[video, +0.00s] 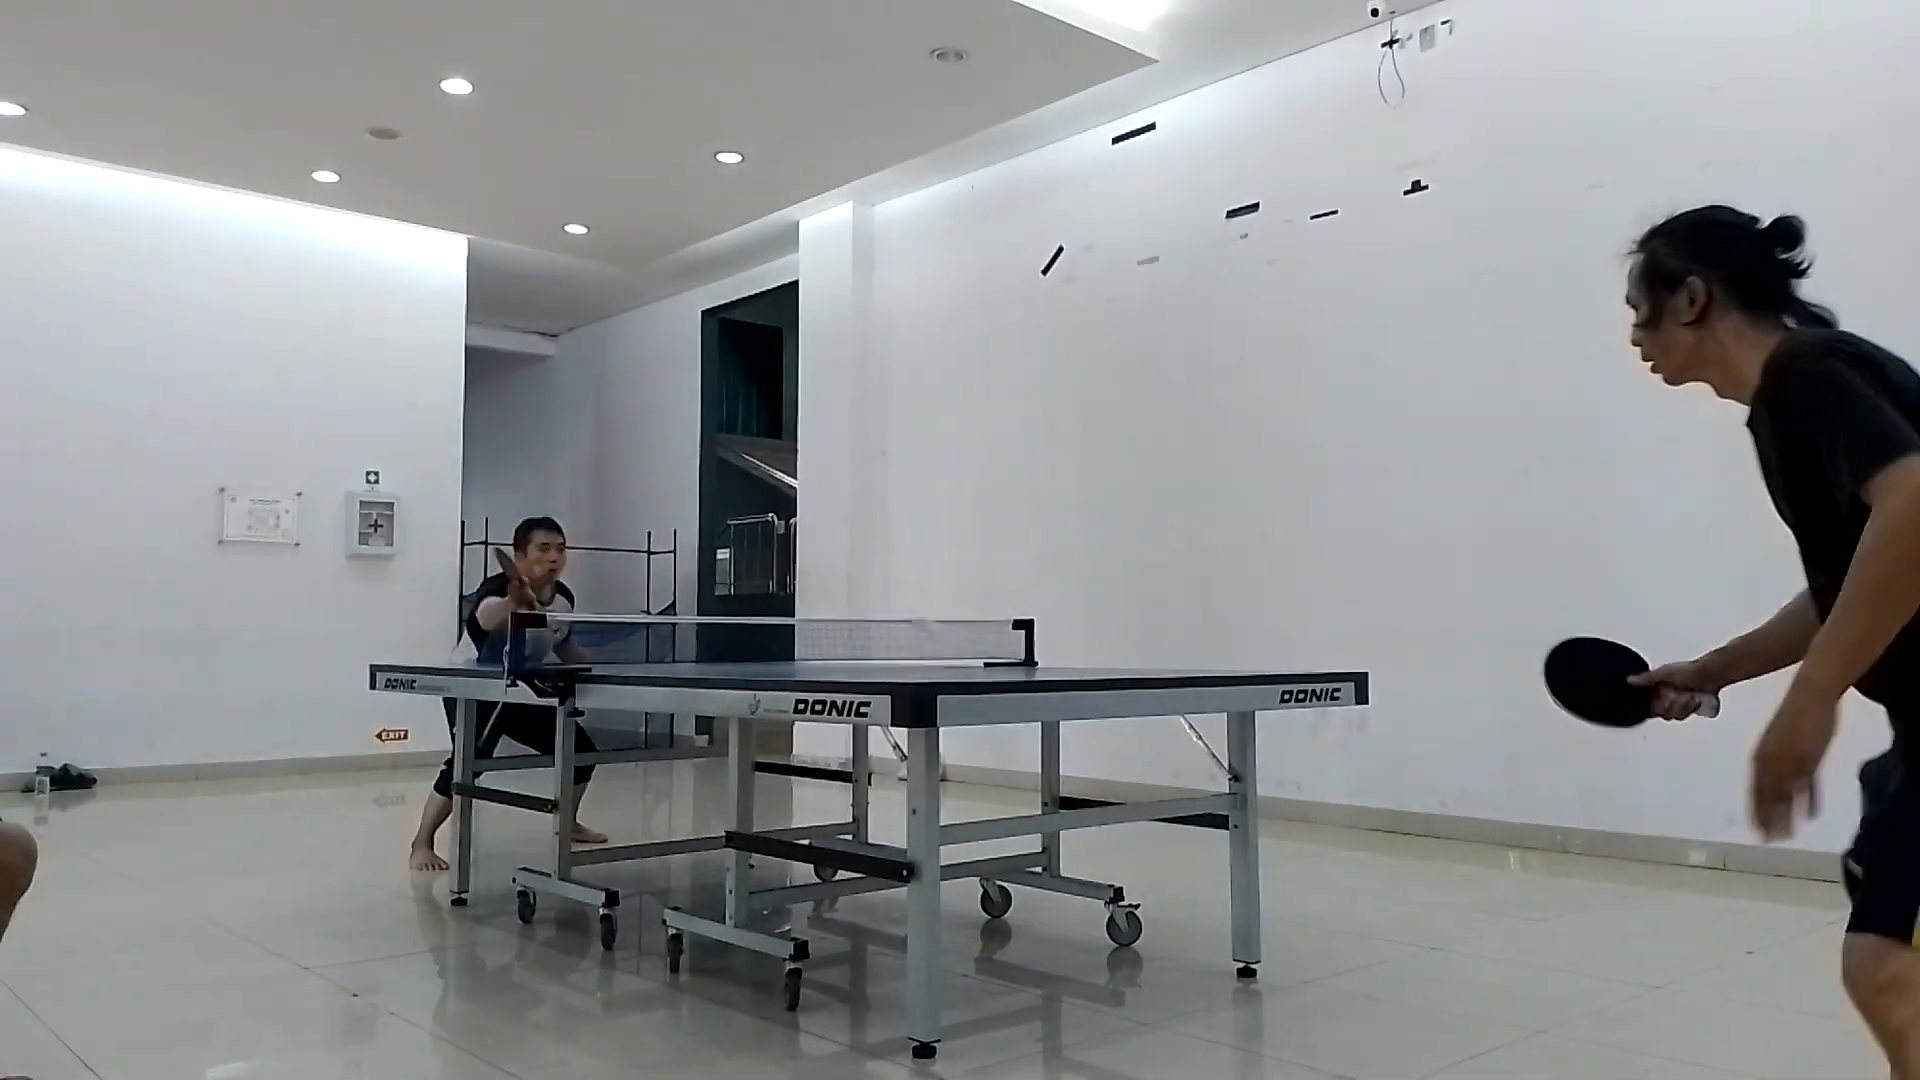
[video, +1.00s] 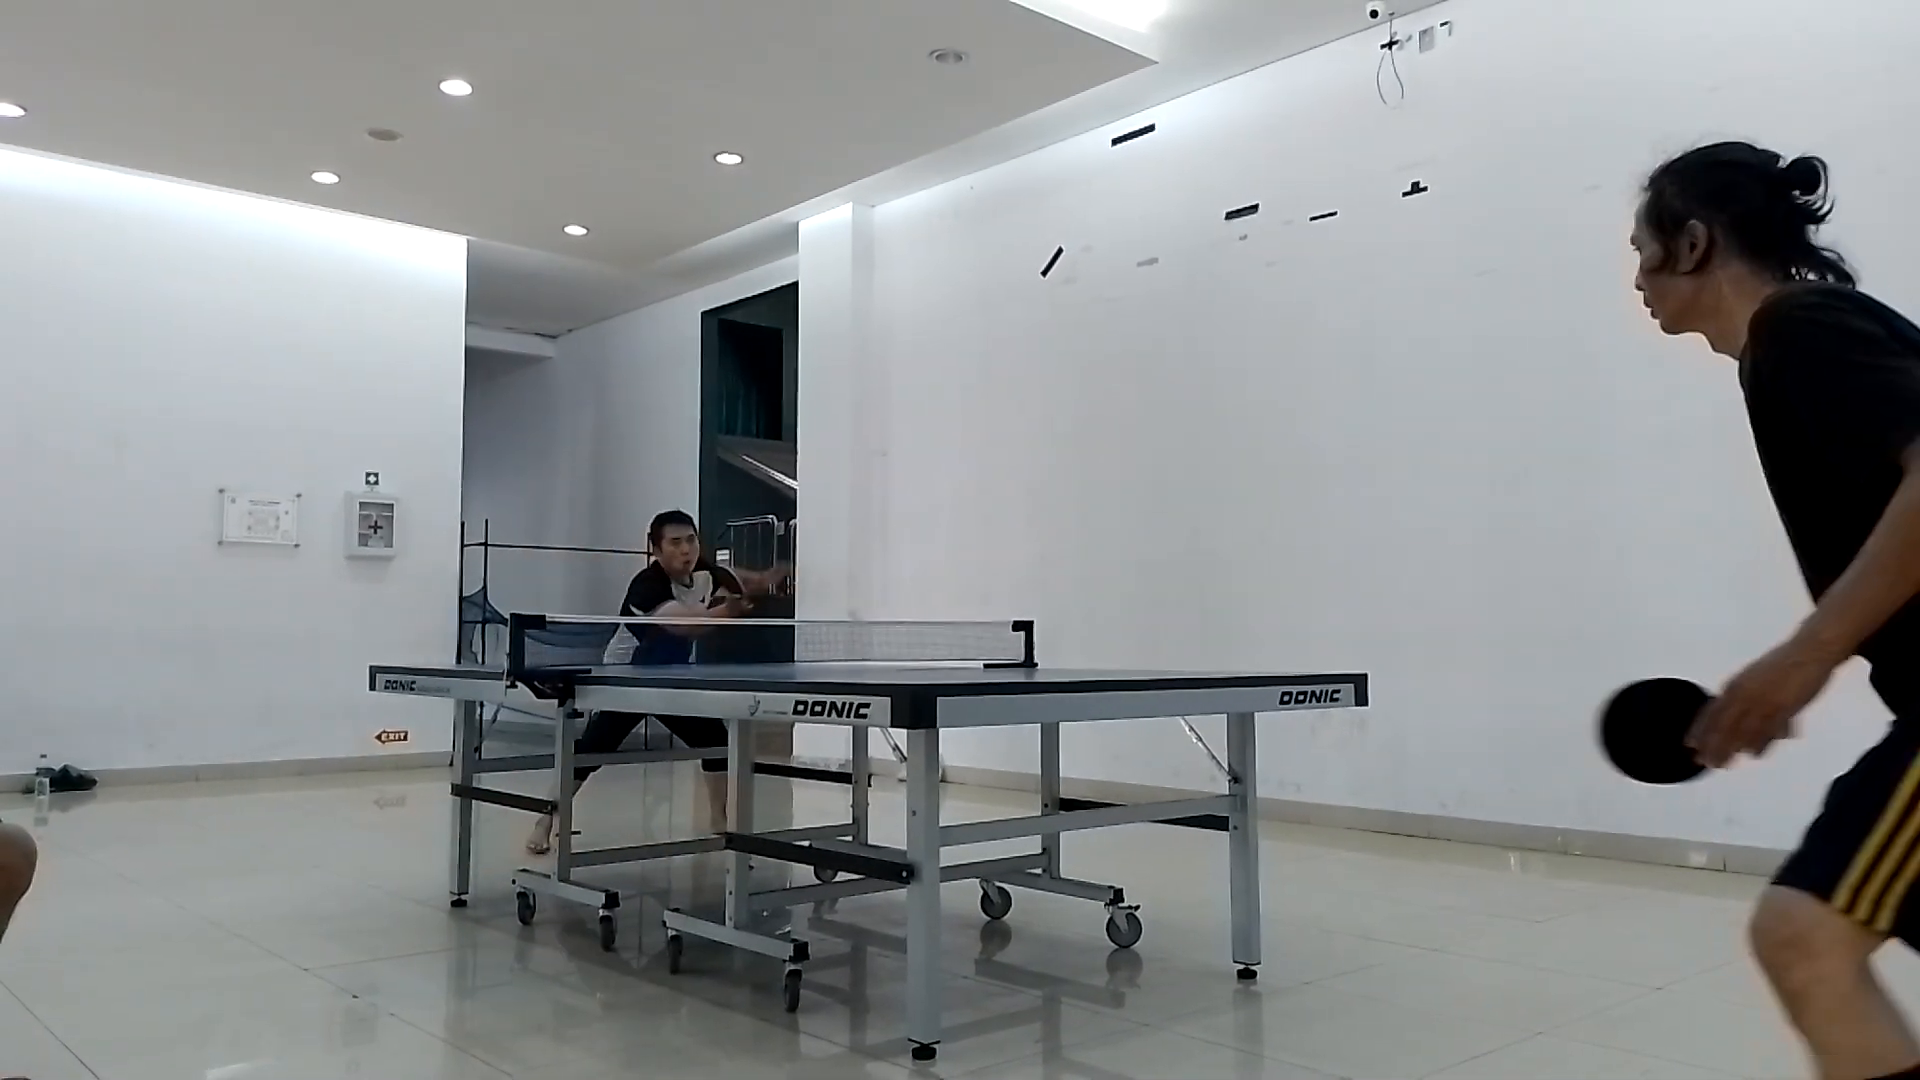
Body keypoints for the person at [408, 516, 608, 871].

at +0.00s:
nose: (554, 556)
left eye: (560, 548)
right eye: (544, 548)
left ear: (566, 554)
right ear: (520, 555)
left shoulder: (562, 599)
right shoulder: (500, 588)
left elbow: (562, 645)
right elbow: (484, 622)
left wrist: (597, 669)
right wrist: (511, 602)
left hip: (517, 695)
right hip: (470, 693)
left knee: (582, 752)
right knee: (471, 760)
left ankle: (567, 824)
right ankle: (422, 842)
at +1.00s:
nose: (687, 550)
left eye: (691, 541)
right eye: (676, 543)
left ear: (698, 544)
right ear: (657, 550)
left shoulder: (710, 576)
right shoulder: (646, 585)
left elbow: (746, 583)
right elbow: (683, 623)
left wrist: (772, 579)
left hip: (673, 685)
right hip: (626, 686)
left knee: (716, 741)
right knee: (595, 748)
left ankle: (720, 821)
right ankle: (548, 819)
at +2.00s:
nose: (673, 545)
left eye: (680, 535)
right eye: (665, 539)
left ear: (701, 538)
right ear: (660, 545)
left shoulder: (722, 565)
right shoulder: (660, 587)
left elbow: (710, 598)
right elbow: (650, 636)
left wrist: (648, 613)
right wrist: (626, 640)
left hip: (748, 680)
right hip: (694, 684)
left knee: (776, 739)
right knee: (645, 736)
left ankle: (816, 806)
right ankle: (614, 824)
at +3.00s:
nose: (696, 523)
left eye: (703, 518)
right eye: (689, 514)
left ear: (707, 529)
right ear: (670, 518)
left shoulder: (698, 571)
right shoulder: (645, 547)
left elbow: (700, 637)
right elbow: (605, 575)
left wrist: (709, 633)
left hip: (676, 666)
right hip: (633, 662)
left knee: (698, 740)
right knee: (617, 732)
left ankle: (668, 808)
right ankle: (576, 802)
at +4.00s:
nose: (670, 498)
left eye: (678, 491)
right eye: (662, 492)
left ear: (694, 498)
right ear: (654, 500)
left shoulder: (714, 540)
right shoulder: (652, 544)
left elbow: (740, 594)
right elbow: (642, 595)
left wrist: (707, 637)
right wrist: (620, 634)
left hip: (713, 648)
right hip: (668, 646)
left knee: (716, 720)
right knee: (639, 716)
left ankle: (741, 789)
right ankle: (662, 772)